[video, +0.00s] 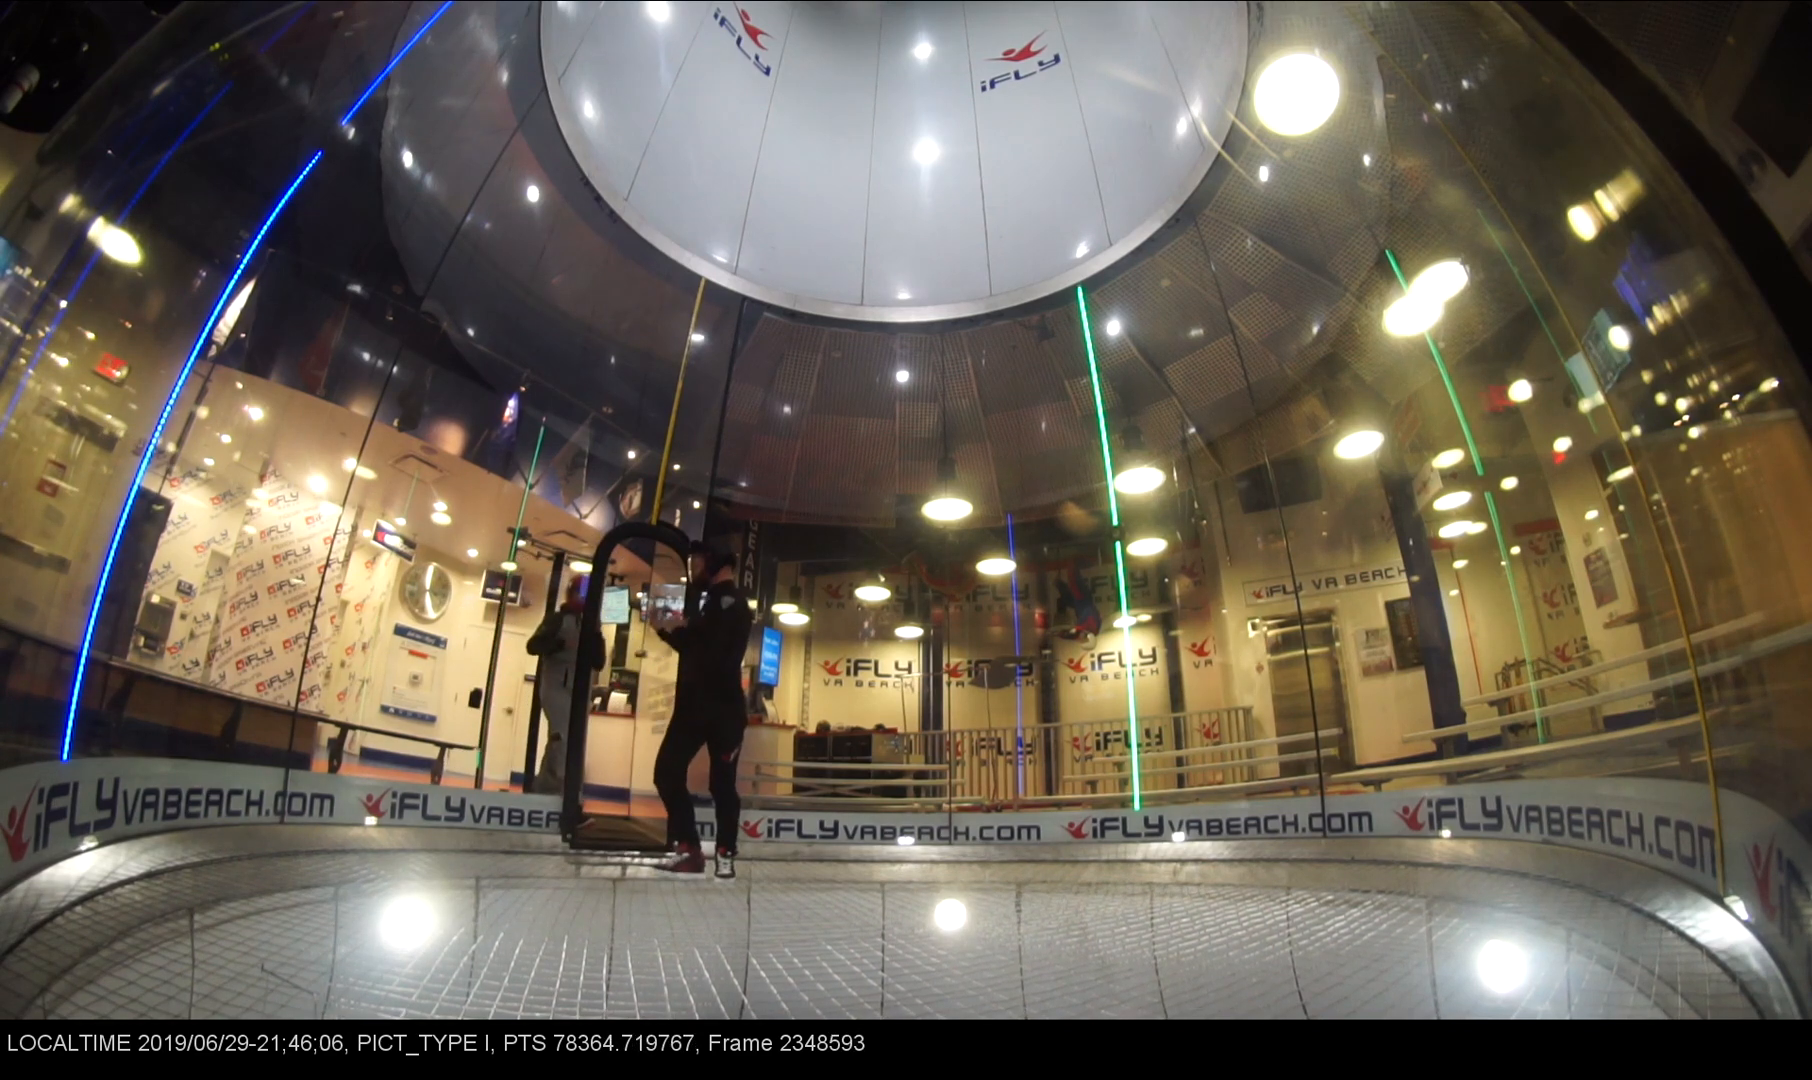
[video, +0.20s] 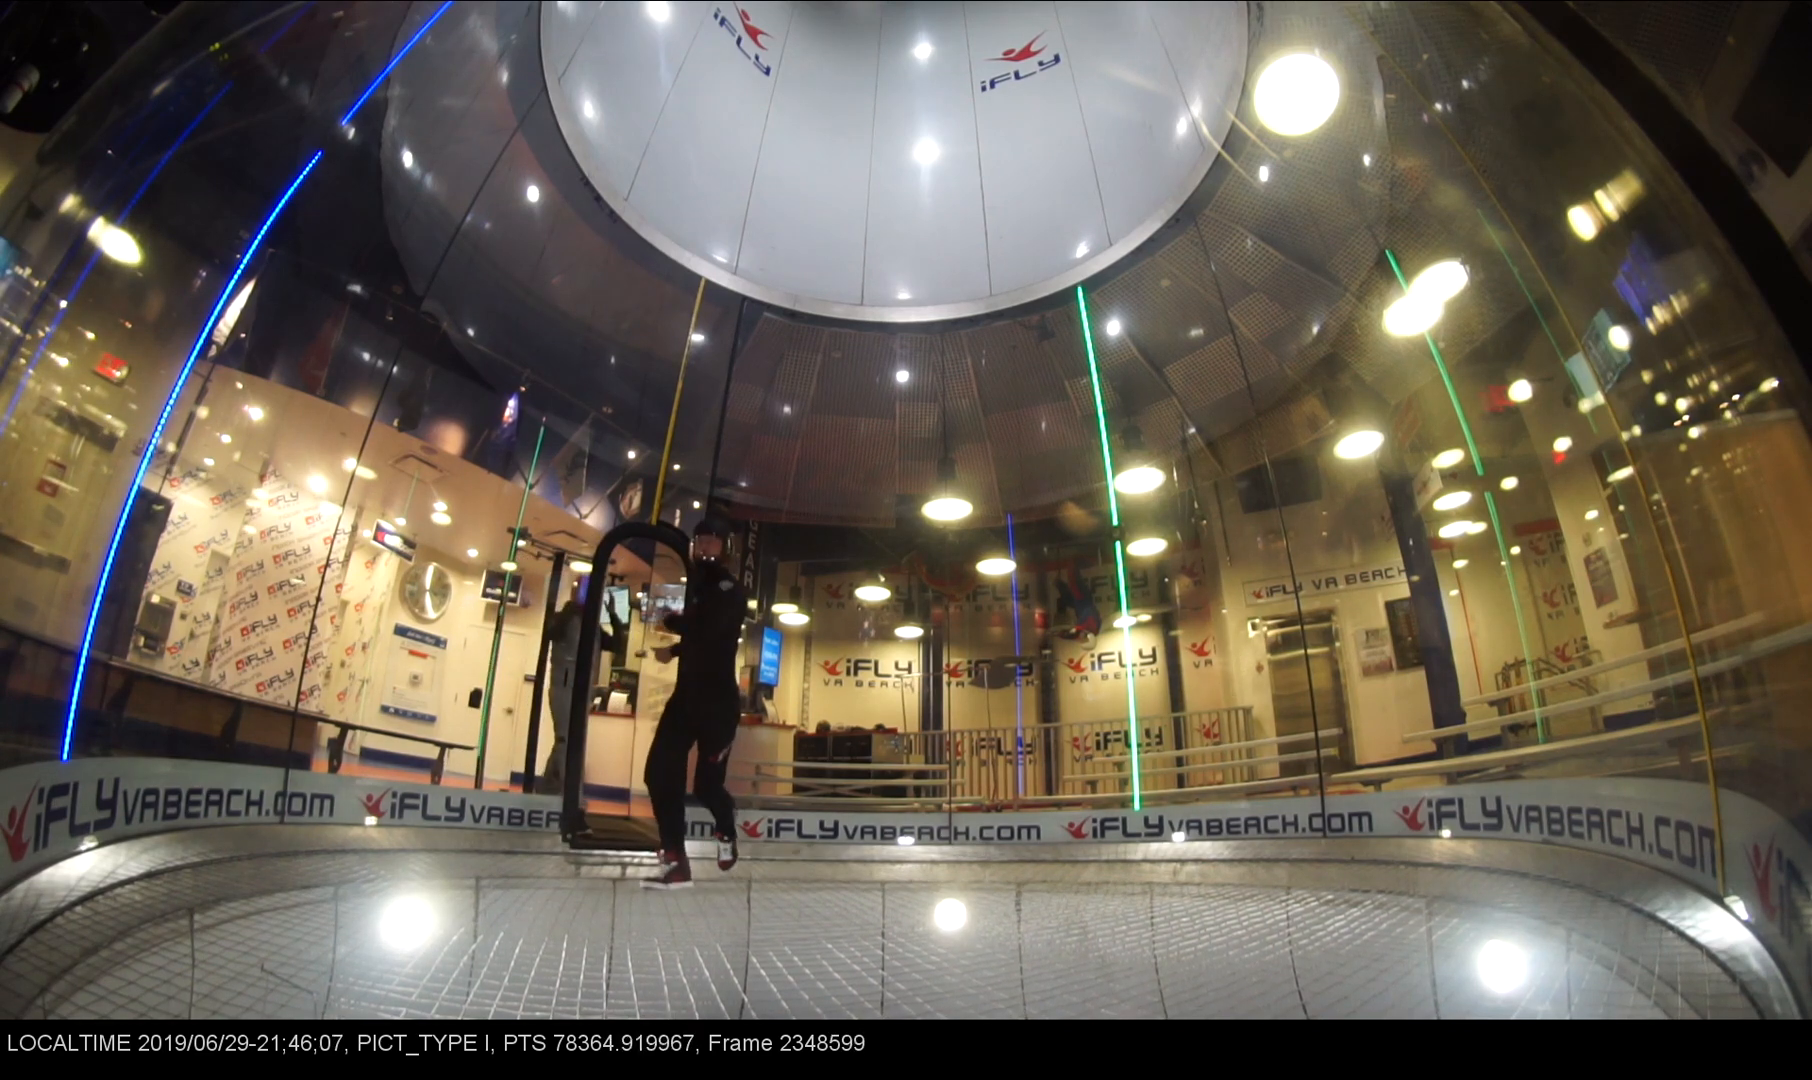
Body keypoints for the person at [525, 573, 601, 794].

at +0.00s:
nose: (583, 597)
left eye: (587, 593)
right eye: (579, 592)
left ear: (592, 596)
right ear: (570, 593)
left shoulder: (591, 623)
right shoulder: (557, 618)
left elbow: (598, 662)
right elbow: (533, 646)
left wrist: (594, 635)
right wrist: (556, 642)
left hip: (581, 690)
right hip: (555, 686)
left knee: (562, 737)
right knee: (561, 735)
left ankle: (545, 786)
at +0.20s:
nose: (588, 597)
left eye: (592, 592)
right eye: (585, 590)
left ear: (595, 596)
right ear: (575, 592)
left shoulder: (592, 625)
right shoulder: (563, 617)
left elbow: (618, 645)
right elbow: (552, 634)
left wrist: (614, 616)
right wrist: (570, 607)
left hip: (584, 688)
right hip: (562, 686)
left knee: (568, 739)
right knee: (565, 737)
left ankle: (548, 786)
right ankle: (573, 793)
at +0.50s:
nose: (605, 601)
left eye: (609, 596)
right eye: (601, 595)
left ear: (611, 601)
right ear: (590, 595)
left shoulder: (611, 627)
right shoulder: (574, 619)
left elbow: (634, 634)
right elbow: (583, 617)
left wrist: (622, 602)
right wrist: (598, 590)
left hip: (602, 695)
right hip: (579, 692)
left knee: (596, 755)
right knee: (582, 754)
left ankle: (567, 796)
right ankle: (577, 810)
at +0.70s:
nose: (614, 596)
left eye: (618, 592)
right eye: (610, 590)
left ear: (622, 598)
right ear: (598, 592)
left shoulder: (621, 626)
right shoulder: (586, 619)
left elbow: (641, 643)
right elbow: (581, 624)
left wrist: (633, 611)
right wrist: (597, 602)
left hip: (613, 691)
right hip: (589, 690)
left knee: (614, 752)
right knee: (586, 750)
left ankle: (594, 800)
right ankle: (581, 807)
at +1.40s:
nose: (633, 602)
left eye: (638, 598)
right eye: (632, 596)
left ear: (644, 603)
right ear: (628, 599)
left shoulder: (650, 626)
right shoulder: (617, 622)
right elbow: (602, 650)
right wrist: (619, 620)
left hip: (640, 690)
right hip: (617, 688)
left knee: (633, 756)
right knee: (617, 754)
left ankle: (622, 810)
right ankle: (597, 809)